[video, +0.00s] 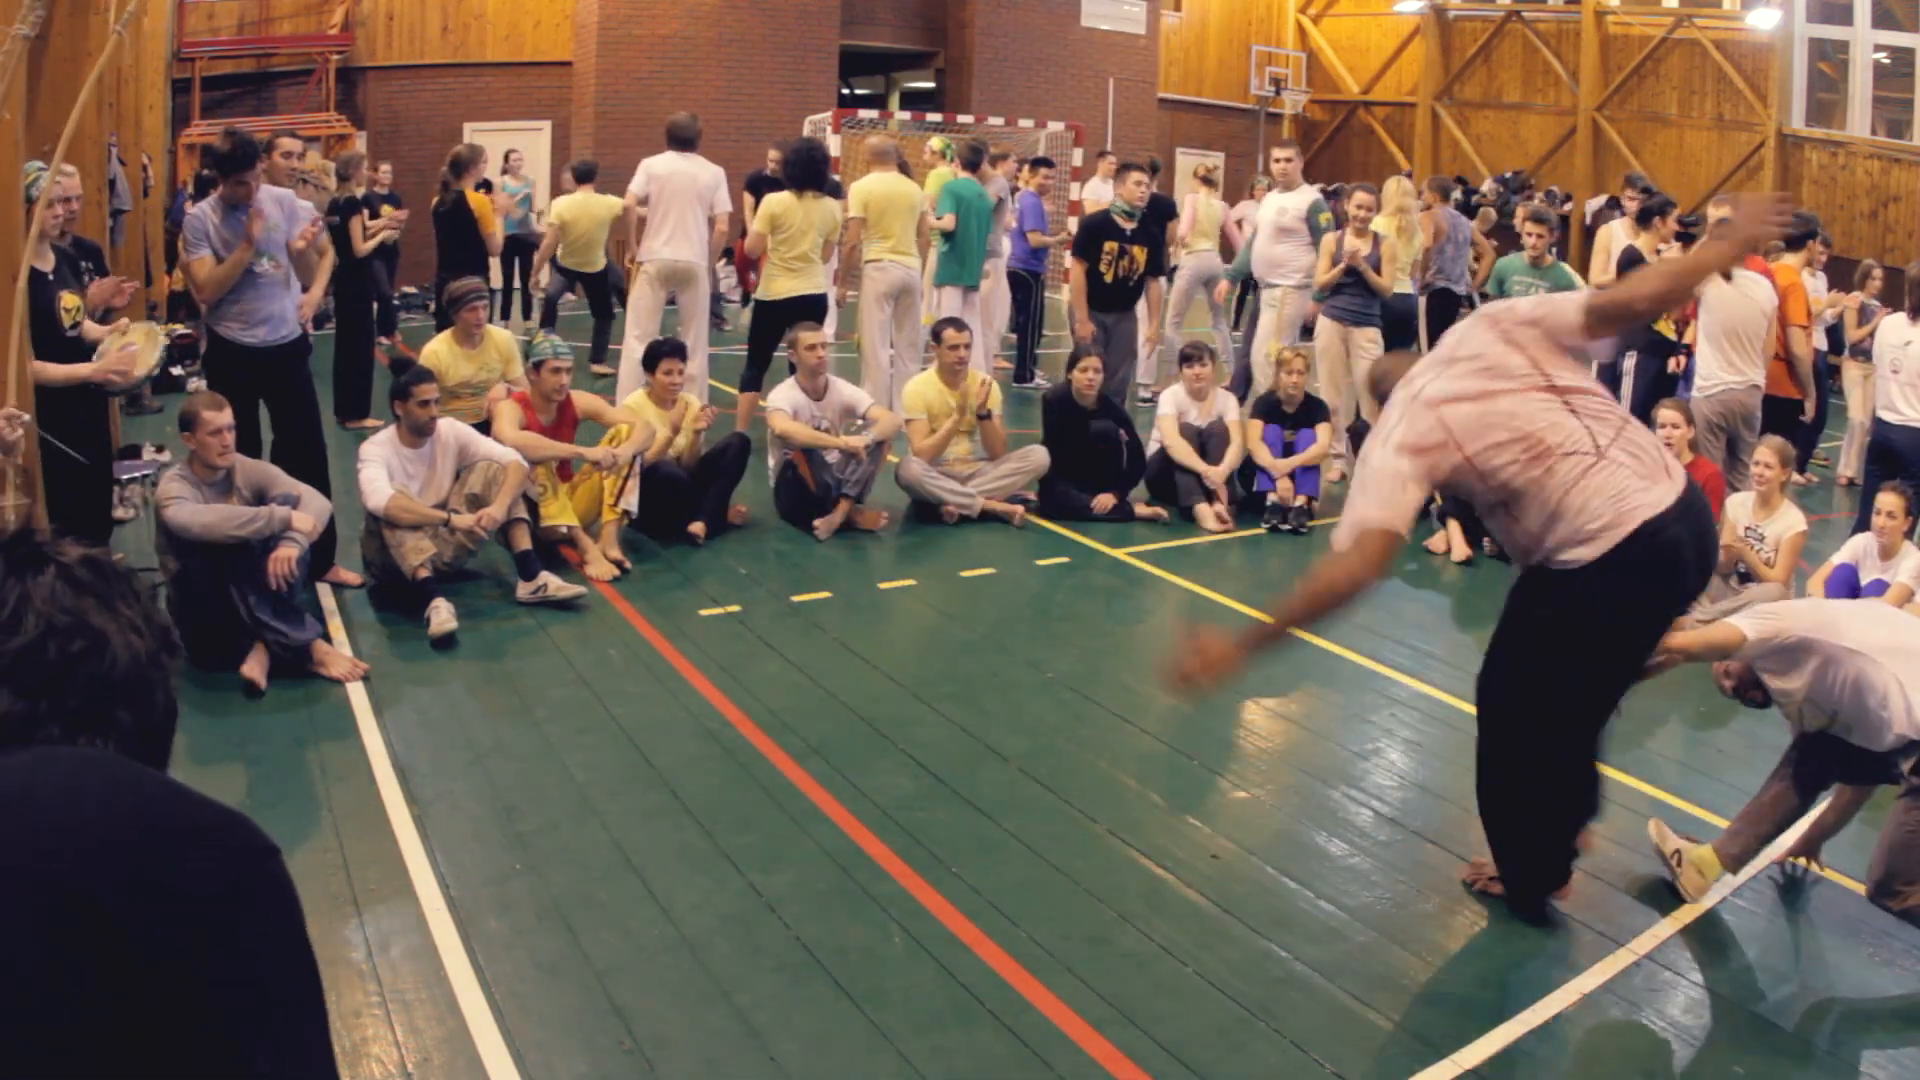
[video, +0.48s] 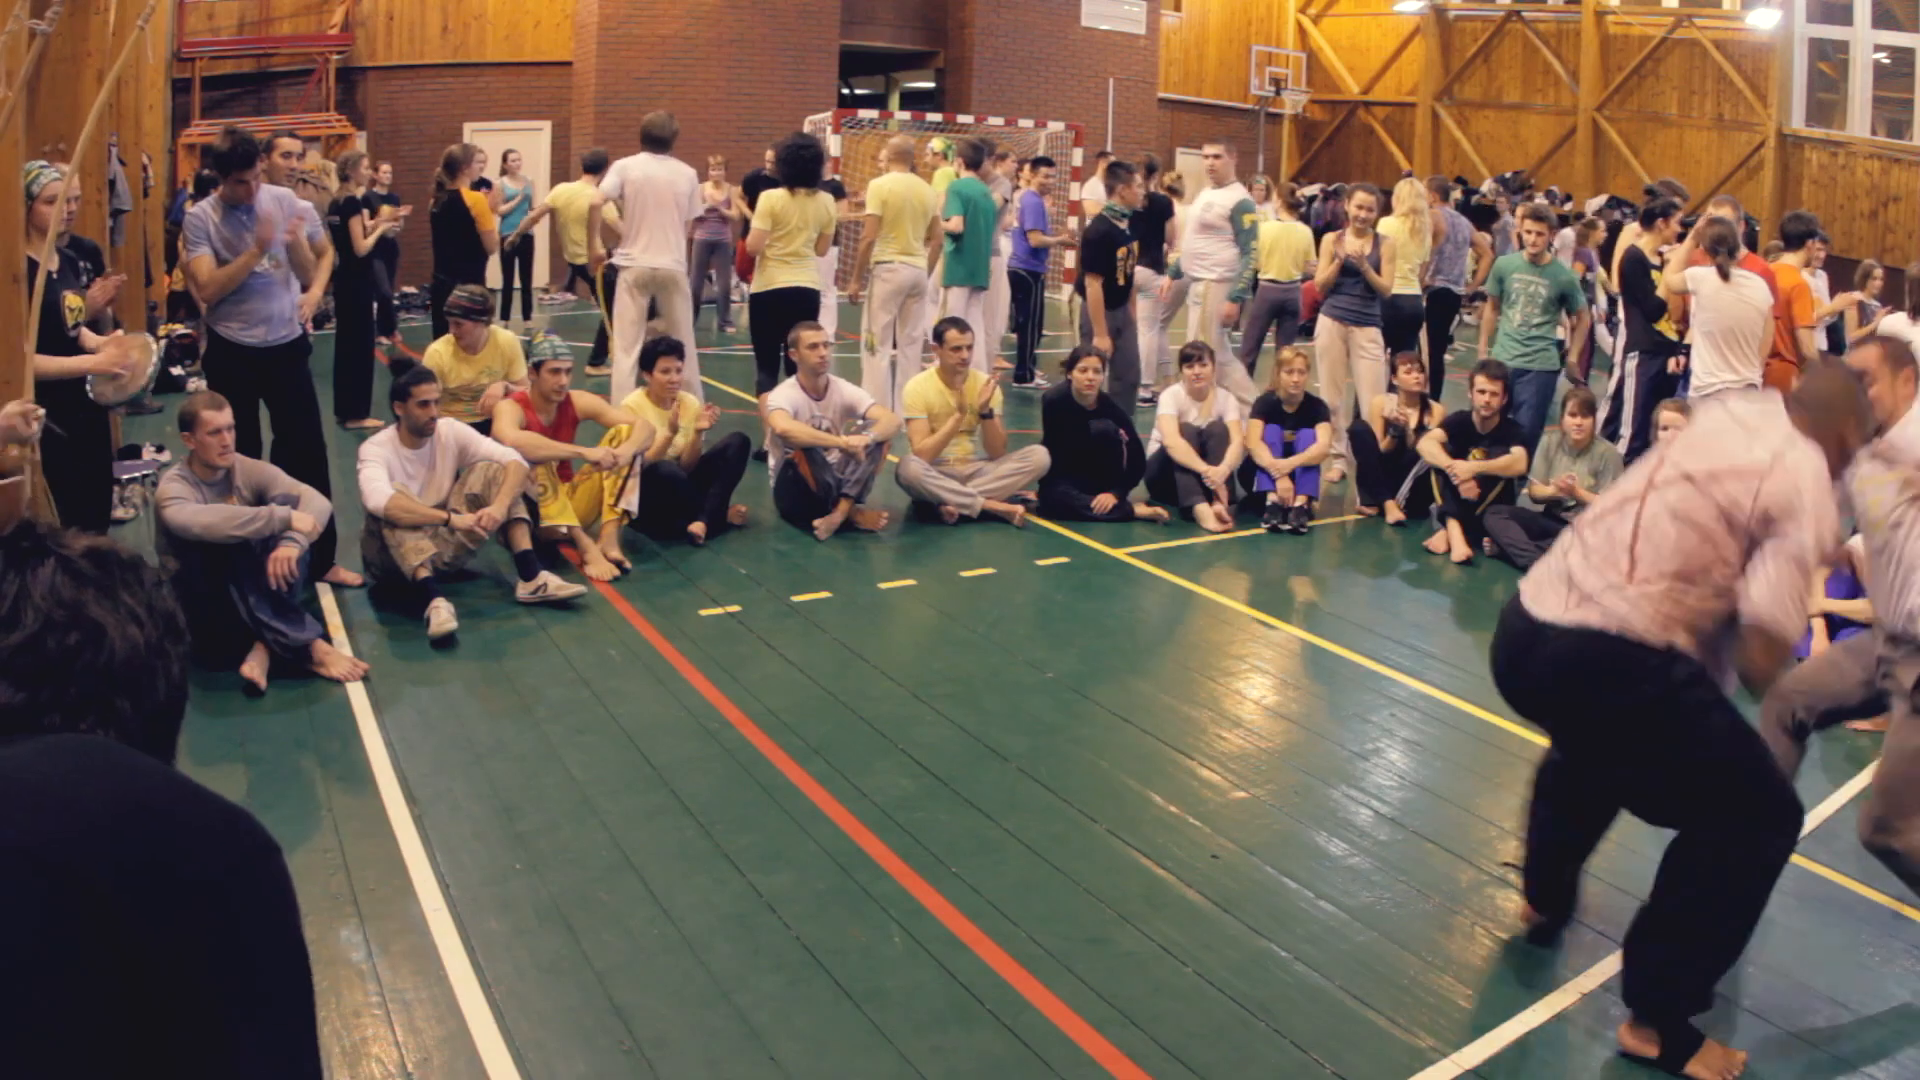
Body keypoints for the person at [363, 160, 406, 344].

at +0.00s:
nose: (387, 176)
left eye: (389, 173)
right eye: (383, 172)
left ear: (392, 176)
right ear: (375, 175)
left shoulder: (395, 198)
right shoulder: (368, 198)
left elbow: (401, 219)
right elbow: (366, 224)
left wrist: (391, 228)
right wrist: (388, 220)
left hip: (391, 244)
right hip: (374, 245)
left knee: (386, 291)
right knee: (384, 291)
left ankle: (383, 331)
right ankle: (391, 329)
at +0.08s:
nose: (387, 176)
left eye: (389, 173)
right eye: (383, 172)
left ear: (392, 176)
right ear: (375, 175)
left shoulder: (395, 198)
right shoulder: (368, 198)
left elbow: (400, 227)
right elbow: (365, 225)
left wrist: (401, 218)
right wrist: (387, 221)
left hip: (391, 244)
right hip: (373, 245)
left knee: (387, 290)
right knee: (384, 291)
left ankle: (383, 331)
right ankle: (390, 330)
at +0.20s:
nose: (387, 176)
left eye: (390, 173)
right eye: (384, 172)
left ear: (392, 177)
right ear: (375, 175)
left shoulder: (395, 199)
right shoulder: (368, 198)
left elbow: (401, 224)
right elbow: (367, 225)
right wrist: (393, 217)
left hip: (391, 244)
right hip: (374, 244)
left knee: (387, 290)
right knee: (384, 291)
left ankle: (383, 331)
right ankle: (390, 329)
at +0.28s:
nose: (387, 176)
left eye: (390, 173)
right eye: (384, 172)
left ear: (392, 177)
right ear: (375, 175)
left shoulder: (394, 199)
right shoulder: (368, 198)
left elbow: (400, 226)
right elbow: (367, 226)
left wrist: (394, 217)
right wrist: (390, 218)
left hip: (391, 247)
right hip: (374, 247)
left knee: (387, 291)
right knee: (384, 291)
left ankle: (383, 331)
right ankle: (390, 329)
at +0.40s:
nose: (388, 176)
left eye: (390, 173)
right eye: (384, 172)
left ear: (392, 176)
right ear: (375, 175)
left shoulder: (394, 199)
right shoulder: (368, 198)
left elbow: (397, 226)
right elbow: (367, 226)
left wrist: (400, 217)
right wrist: (389, 220)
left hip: (391, 244)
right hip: (374, 244)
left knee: (387, 290)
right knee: (384, 290)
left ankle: (383, 331)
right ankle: (390, 329)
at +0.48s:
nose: (388, 176)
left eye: (390, 173)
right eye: (384, 172)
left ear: (392, 176)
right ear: (375, 175)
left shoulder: (394, 198)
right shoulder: (368, 198)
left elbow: (399, 225)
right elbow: (366, 225)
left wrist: (398, 218)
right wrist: (390, 218)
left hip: (391, 243)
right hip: (374, 244)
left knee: (387, 289)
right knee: (384, 290)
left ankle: (382, 331)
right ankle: (390, 329)